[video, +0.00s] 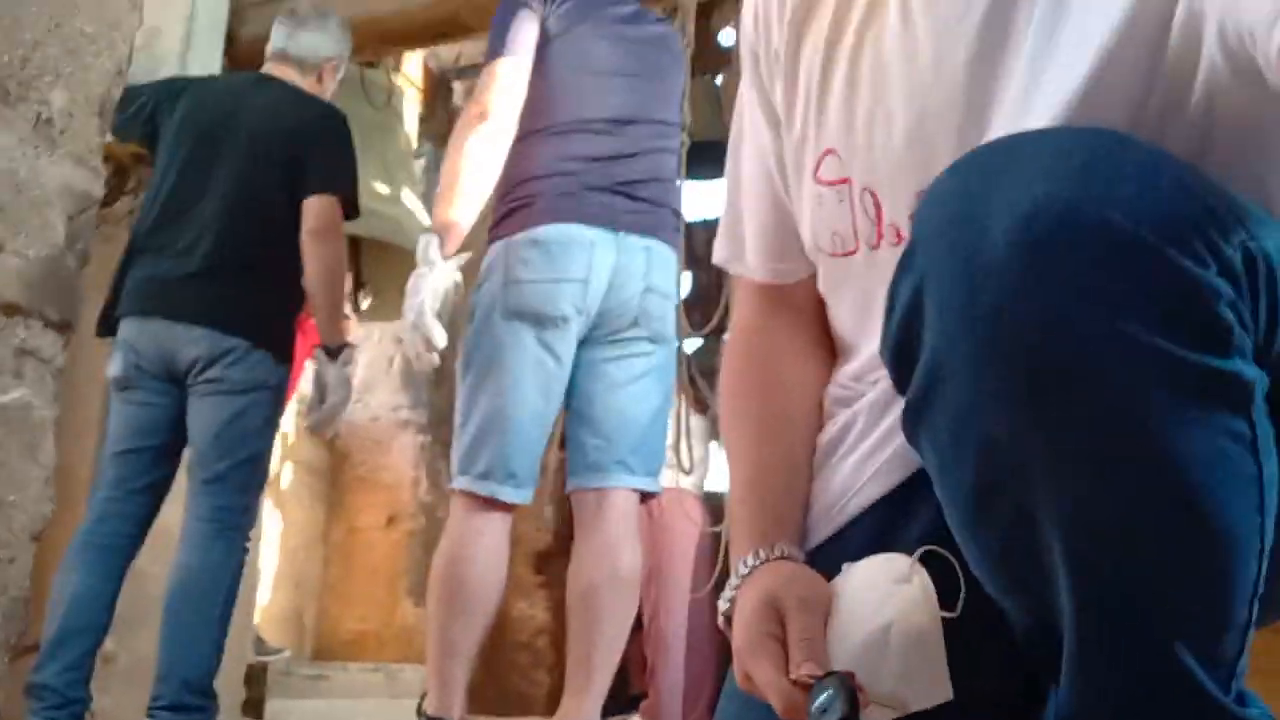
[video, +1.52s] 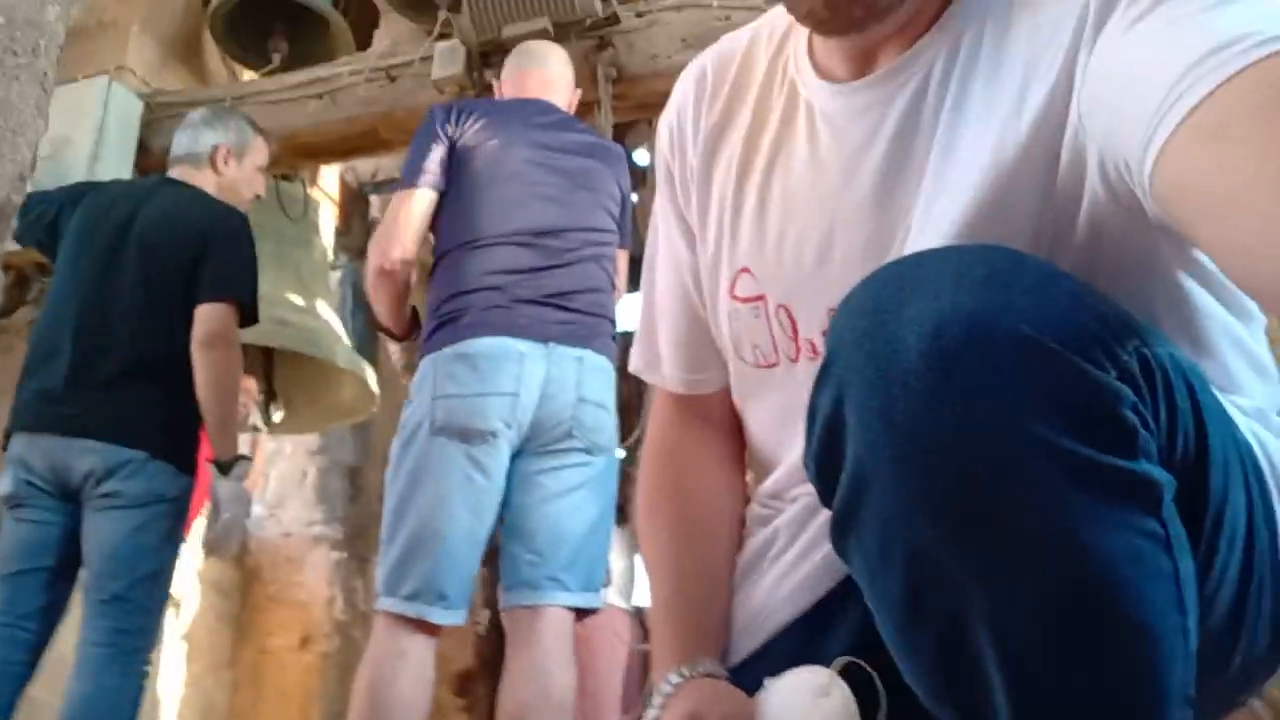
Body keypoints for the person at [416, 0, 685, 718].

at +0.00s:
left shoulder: (535, 10)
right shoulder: (667, 35)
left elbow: (491, 116)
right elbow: (665, 159)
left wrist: (442, 242)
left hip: (548, 238)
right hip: (654, 252)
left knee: (485, 495)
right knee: (613, 497)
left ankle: (444, 706)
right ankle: (582, 711)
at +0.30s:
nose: (558, 42)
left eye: (567, 28)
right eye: (566, 30)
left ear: (590, 30)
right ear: (643, 53)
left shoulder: (539, 79)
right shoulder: (678, 114)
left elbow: (488, 193)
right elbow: (669, 229)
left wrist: (439, 314)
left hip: (549, 312)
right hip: (654, 328)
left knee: (482, 557)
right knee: (612, 559)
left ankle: (442, 718)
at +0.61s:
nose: (492, 94)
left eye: (499, 85)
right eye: (501, 86)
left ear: (512, 84)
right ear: (573, 110)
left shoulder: (470, 129)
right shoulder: (609, 164)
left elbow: (419, 241)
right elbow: (597, 275)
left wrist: (363, 376)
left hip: (475, 362)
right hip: (588, 378)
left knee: (402, 614)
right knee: (539, 616)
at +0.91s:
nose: (614, 105)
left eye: (615, 97)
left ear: (619, 96)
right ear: (698, 111)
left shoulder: (589, 128)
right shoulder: (732, 160)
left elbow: (547, 239)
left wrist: (506, 371)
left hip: (610, 359)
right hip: (719, 368)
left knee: (550, 609)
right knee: (683, 608)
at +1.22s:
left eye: (596, 115)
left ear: (600, 115)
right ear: (678, 127)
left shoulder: (568, 148)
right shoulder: (715, 173)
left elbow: (523, 268)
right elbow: (720, 291)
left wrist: (481, 394)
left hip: (588, 377)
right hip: (698, 385)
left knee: (528, 625)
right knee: (659, 619)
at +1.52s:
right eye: (576, 96)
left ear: (497, 87)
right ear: (576, 100)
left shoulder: (456, 119)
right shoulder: (611, 155)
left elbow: (391, 257)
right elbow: (615, 280)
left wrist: (400, 330)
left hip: (475, 356)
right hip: (587, 369)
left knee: (411, 616)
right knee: (545, 611)